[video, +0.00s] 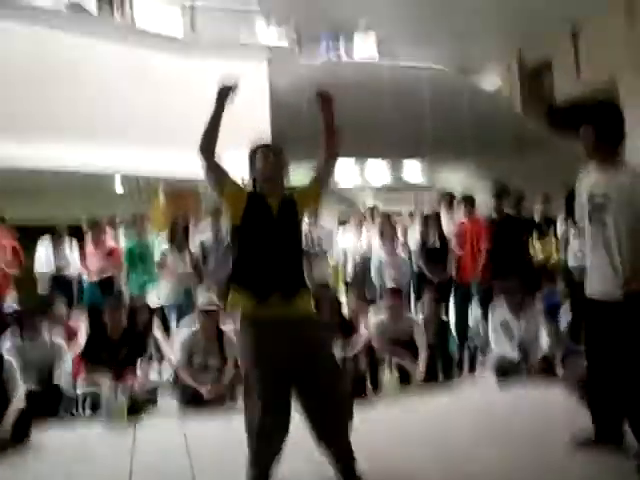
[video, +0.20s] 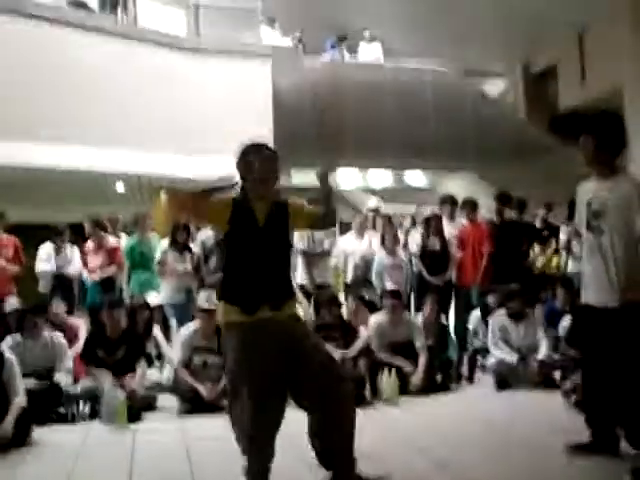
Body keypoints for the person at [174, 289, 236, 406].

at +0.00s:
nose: (209, 318)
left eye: (213, 313)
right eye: (205, 313)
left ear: (218, 315)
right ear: (198, 315)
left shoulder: (225, 340)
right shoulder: (187, 339)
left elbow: (230, 366)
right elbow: (180, 367)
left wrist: (220, 387)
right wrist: (199, 387)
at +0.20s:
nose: (209, 316)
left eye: (212, 312)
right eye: (205, 312)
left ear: (217, 314)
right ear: (197, 313)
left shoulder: (222, 334)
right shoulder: (186, 334)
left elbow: (229, 366)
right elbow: (179, 366)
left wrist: (218, 388)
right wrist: (200, 388)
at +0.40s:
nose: (207, 294)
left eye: (210, 289)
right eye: (202, 290)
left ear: (216, 292)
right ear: (194, 292)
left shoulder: (223, 312)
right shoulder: (183, 312)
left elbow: (230, 343)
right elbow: (175, 344)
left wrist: (216, 364)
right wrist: (196, 364)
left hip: (216, 358)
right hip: (191, 356)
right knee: (170, 363)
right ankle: (216, 380)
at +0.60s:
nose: (207, 296)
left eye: (211, 291)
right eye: (203, 291)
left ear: (218, 293)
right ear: (196, 293)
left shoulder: (225, 312)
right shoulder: (186, 312)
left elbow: (232, 343)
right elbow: (178, 345)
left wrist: (220, 365)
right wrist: (200, 365)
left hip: (218, 359)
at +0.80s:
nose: (210, 294)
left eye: (214, 290)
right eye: (206, 290)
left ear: (220, 292)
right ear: (198, 292)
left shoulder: (225, 312)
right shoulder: (187, 313)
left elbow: (233, 343)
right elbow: (180, 345)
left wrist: (221, 364)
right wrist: (201, 365)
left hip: (220, 360)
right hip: (195, 358)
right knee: (174, 364)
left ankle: (195, 383)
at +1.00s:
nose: (209, 293)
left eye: (212, 289)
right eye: (204, 290)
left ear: (218, 291)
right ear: (197, 292)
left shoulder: (227, 312)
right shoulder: (186, 313)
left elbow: (233, 345)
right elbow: (180, 346)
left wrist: (220, 366)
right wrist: (200, 365)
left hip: (219, 360)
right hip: (195, 359)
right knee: (173, 363)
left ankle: (195, 384)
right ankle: (221, 382)